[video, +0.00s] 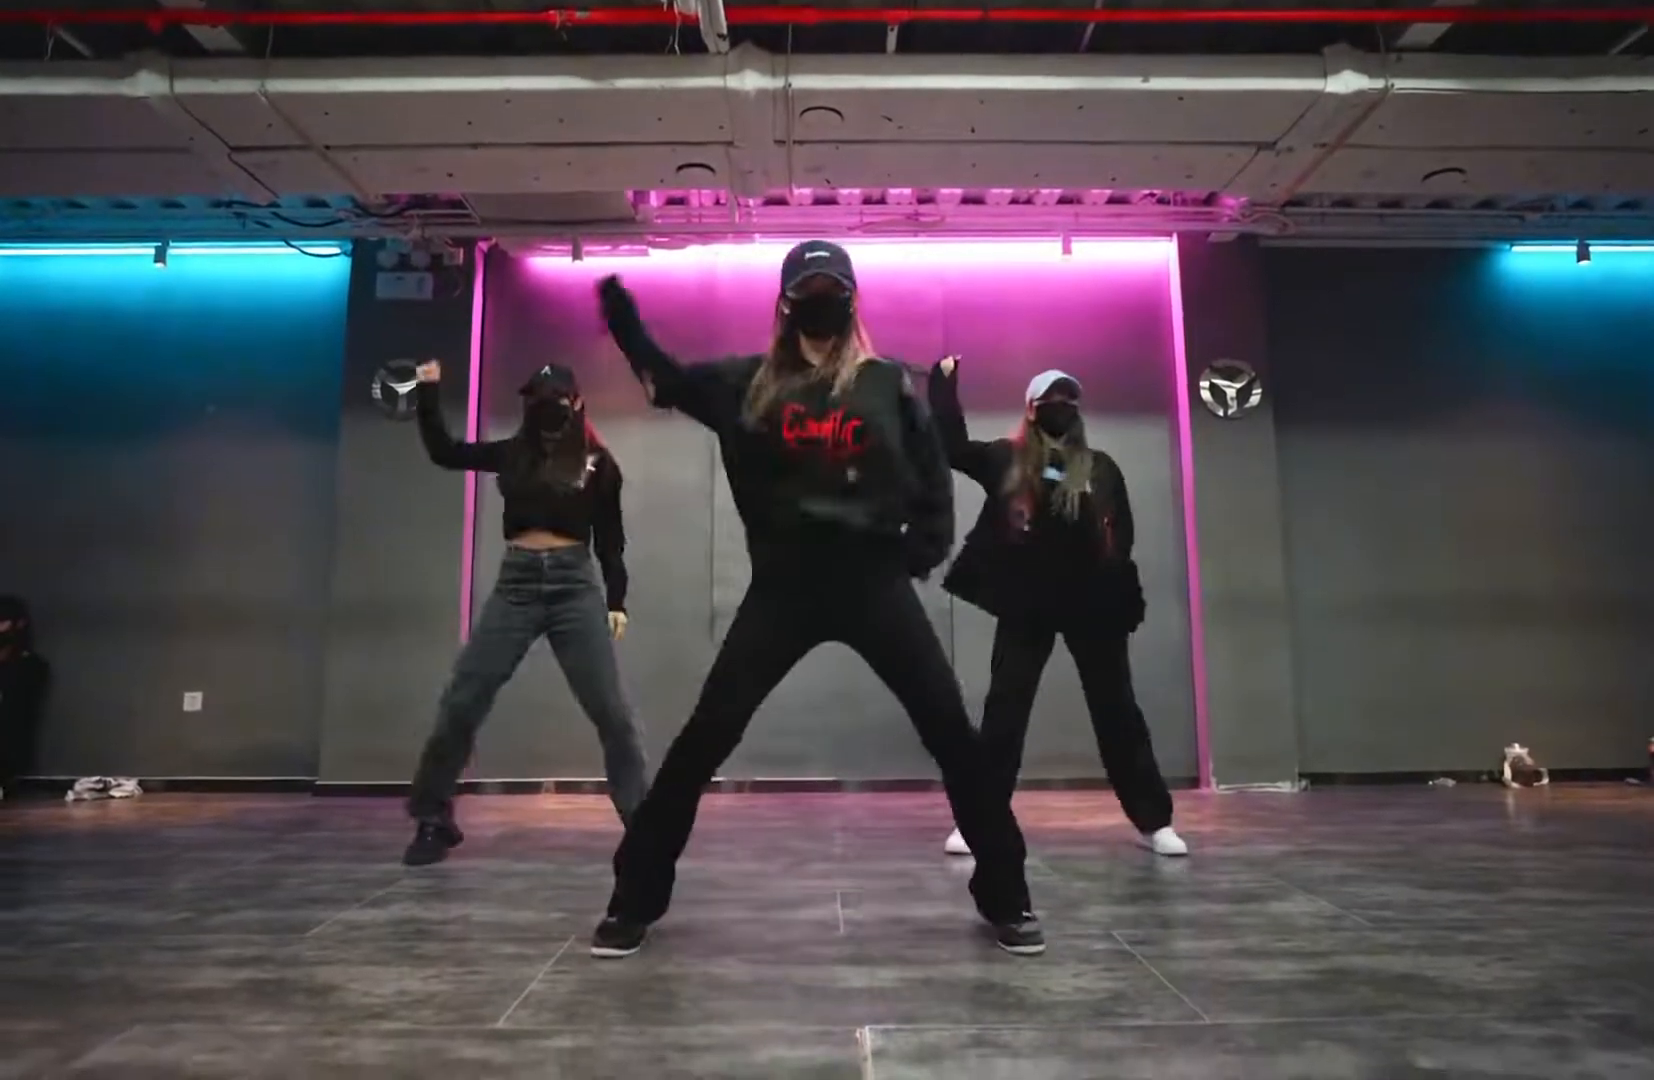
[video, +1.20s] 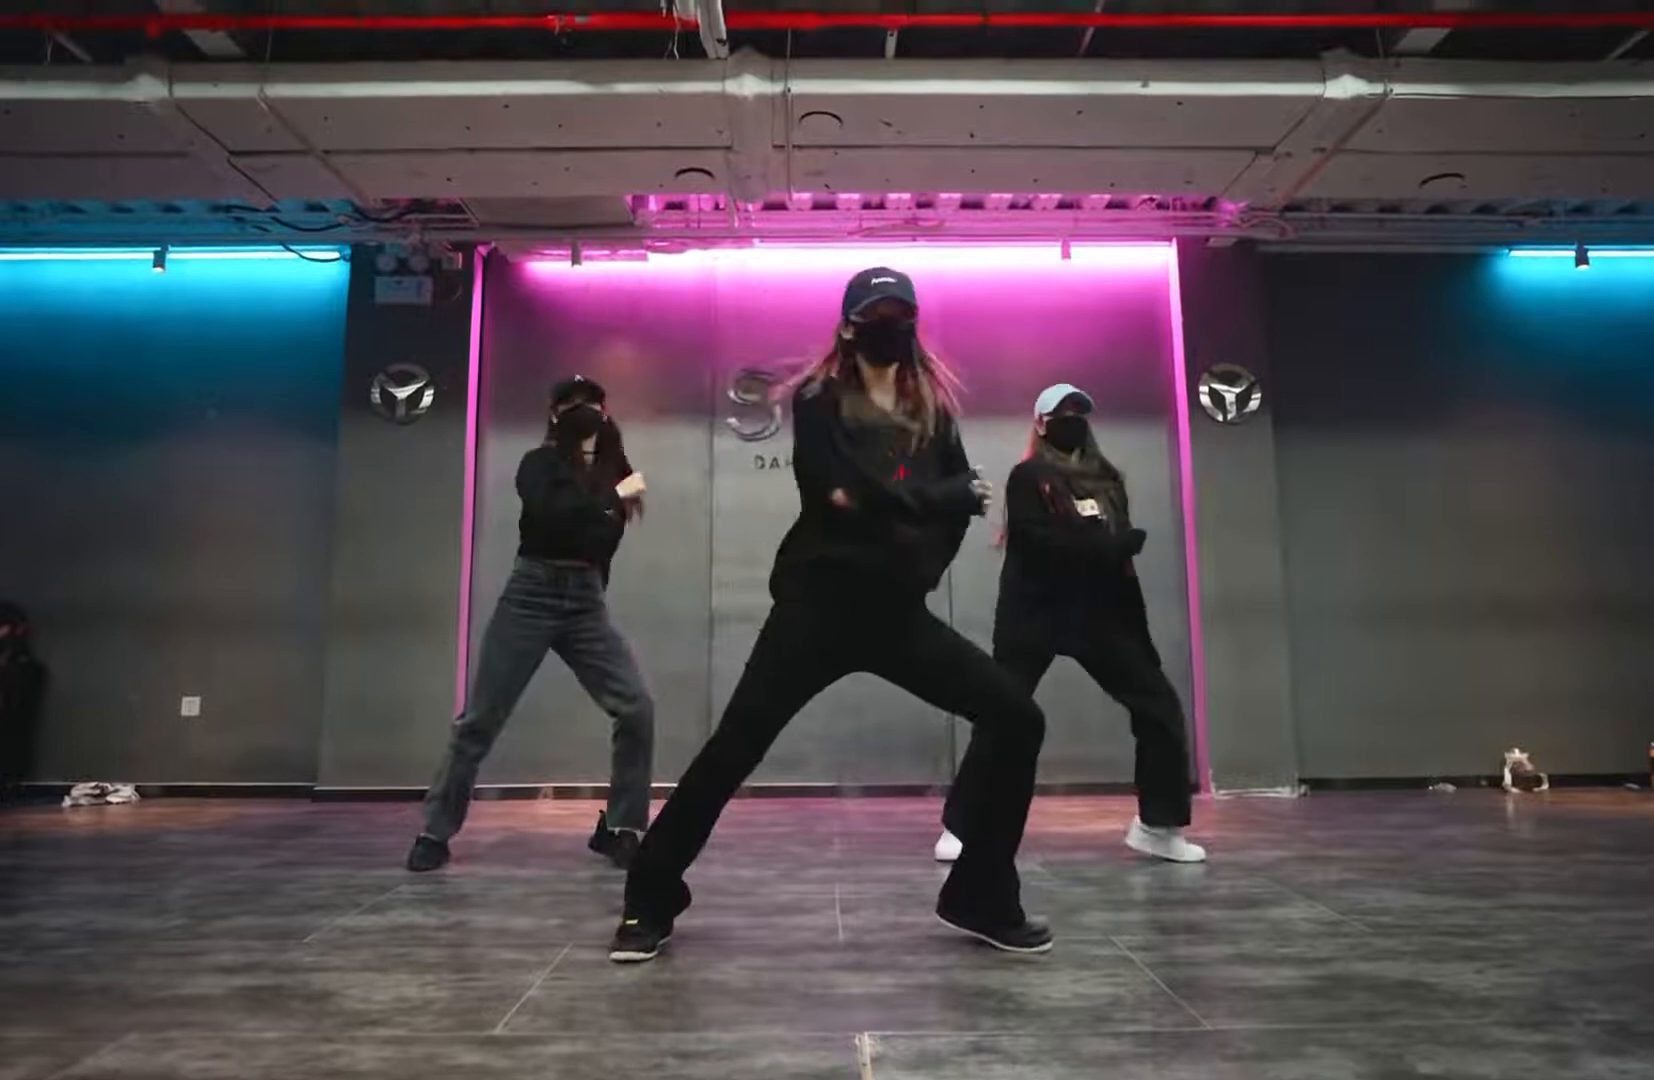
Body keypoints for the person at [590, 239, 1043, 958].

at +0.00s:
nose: (821, 305)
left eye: (832, 293)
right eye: (807, 294)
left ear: (851, 300)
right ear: (786, 302)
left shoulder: (889, 386)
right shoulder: (748, 386)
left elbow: (935, 483)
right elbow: (667, 380)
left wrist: (915, 556)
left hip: (876, 587)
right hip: (783, 590)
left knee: (952, 732)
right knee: (706, 737)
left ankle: (1007, 900)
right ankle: (632, 905)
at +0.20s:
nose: (810, 302)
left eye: (822, 289)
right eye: (798, 290)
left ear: (841, 295)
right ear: (776, 295)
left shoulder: (880, 383)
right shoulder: (730, 377)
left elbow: (935, 485)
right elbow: (649, 371)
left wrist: (953, 511)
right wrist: (612, 285)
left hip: (868, 588)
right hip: (771, 590)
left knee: (942, 732)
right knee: (698, 738)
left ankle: (1004, 899)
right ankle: (634, 904)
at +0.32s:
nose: (812, 320)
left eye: (825, 306)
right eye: (799, 306)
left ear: (844, 313)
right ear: (776, 312)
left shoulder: (875, 396)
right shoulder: (732, 384)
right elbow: (650, 408)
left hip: (863, 599)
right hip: (773, 601)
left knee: (916, 747)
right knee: (726, 747)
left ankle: (1015, 877)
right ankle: (644, 894)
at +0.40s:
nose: (815, 357)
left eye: (827, 342)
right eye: (801, 343)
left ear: (846, 346)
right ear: (778, 349)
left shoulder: (881, 435)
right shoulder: (750, 440)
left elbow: (937, 521)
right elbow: (691, 527)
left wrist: (949, 608)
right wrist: (707, 588)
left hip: (864, 630)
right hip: (781, 629)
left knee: (897, 788)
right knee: (741, 777)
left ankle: (1024, 884)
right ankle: (646, 902)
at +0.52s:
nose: (825, 365)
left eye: (837, 352)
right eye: (813, 352)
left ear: (855, 355)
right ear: (793, 356)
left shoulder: (888, 428)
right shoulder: (769, 438)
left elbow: (922, 513)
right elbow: (772, 544)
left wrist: (910, 572)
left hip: (875, 626)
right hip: (791, 629)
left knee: (945, 766)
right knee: (734, 769)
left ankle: (1017, 890)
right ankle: (646, 900)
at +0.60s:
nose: (838, 353)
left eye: (852, 342)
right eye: (827, 338)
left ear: (878, 338)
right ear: (817, 336)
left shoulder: (909, 410)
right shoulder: (795, 408)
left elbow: (935, 518)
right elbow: (805, 500)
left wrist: (841, 511)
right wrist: (905, 505)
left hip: (885, 618)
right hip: (799, 618)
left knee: (996, 719)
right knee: (726, 751)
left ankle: (981, 892)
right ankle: (647, 898)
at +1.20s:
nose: (887, 329)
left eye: (898, 317)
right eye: (873, 317)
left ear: (914, 324)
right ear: (851, 325)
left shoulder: (935, 413)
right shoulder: (820, 399)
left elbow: (957, 519)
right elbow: (831, 491)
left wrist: (870, 500)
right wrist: (946, 495)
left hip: (897, 618)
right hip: (813, 615)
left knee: (1016, 720)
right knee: (732, 752)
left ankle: (981, 893)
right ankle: (647, 906)